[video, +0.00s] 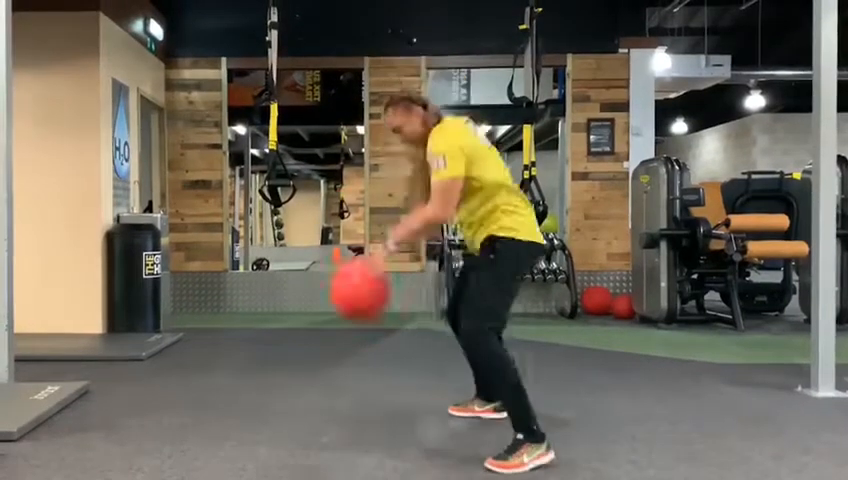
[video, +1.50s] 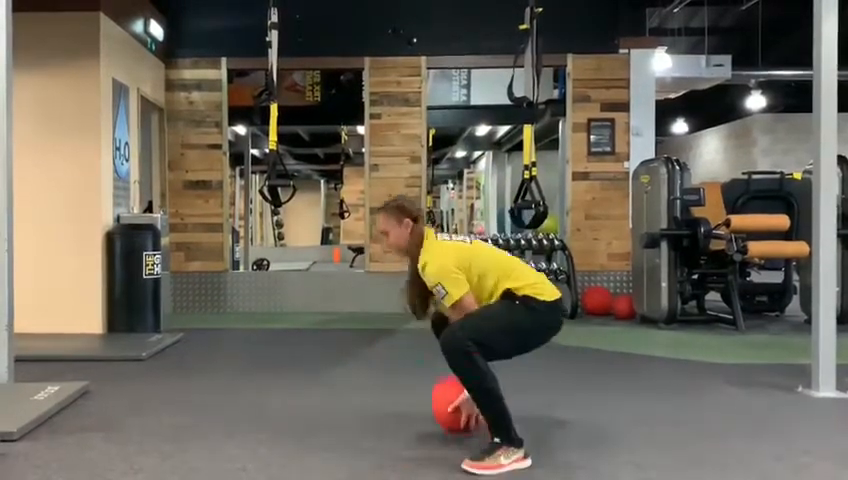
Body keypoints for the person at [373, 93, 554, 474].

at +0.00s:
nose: (401, 137)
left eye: (401, 127)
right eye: (396, 131)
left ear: (420, 112)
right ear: (417, 117)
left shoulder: (447, 136)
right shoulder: (441, 139)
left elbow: (442, 209)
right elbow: (437, 206)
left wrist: (395, 236)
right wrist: (403, 233)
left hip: (511, 237)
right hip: (492, 238)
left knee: (477, 327)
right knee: (459, 315)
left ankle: (532, 440)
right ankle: (490, 398)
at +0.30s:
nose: (368, 266)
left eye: (365, 258)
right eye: (362, 261)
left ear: (379, 239)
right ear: (380, 238)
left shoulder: (418, 249)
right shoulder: (407, 250)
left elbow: (423, 323)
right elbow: (417, 320)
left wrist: (405, 390)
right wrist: (404, 377)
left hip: (530, 271)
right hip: (506, 271)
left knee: (467, 341)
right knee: (449, 322)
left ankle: (532, 443)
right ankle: (487, 399)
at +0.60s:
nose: (340, 336)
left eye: (335, 329)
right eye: (333, 332)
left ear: (342, 311)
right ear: (343, 306)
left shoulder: (382, 302)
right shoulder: (376, 297)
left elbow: (408, 374)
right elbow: (405, 366)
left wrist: (407, 441)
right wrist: (405, 420)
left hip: (490, 267)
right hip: (483, 274)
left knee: (565, 352)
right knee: (552, 344)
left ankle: (686, 376)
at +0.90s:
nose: (341, 331)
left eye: (339, 324)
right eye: (334, 325)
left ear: (348, 307)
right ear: (343, 301)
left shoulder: (391, 301)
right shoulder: (382, 292)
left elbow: (409, 374)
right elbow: (407, 365)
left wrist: (407, 440)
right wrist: (403, 418)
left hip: (506, 318)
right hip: (503, 312)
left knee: (583, 386)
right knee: (580, 369)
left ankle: (701, 411)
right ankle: (667, 388)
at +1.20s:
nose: (380, 327)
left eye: (377, 317)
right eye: (373, 321)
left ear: (386, 295)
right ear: (387, 292)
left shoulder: (417, 292)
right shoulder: (409, 287)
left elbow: (424, 372)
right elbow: (420, 364)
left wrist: (407, 435)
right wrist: (407, 415)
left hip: (530, 239)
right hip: (515, 240)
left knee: (484, 325)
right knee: (474, 322)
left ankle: (543, 426)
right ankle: (511, 398)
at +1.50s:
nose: (384, 243)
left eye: (386, 234)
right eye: (382, 235)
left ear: (408, 226)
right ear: (409, 227)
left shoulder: (434, 262)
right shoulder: (436, 250)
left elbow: (472, 319)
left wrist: (473, 390)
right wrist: (476, 390)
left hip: (537, 307)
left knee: (457, 340)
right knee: (442, 323)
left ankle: (510, 446)